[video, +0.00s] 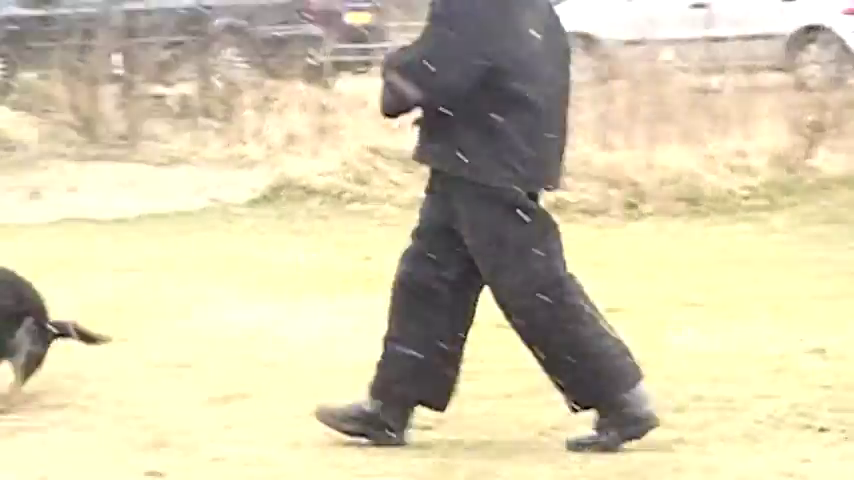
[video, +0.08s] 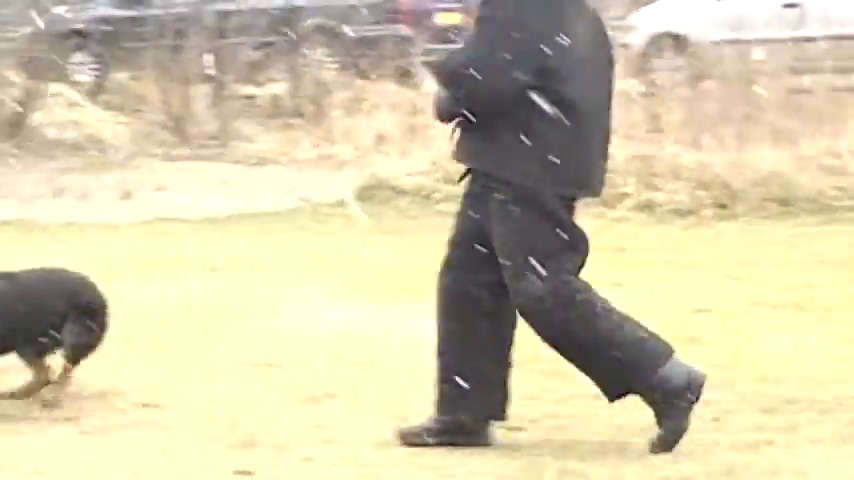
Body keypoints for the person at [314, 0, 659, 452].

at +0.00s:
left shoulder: (473, 10)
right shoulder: (531, 12)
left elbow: (440, 69)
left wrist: (397, 67)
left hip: (488, 166)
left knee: (536, 289)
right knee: (430, 283)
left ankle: (624, 406)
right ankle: (387, 408)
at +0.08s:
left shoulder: (521, 9)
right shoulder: (575, 13)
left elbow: (485, 81)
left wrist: (450, 89)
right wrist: (468, 98)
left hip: (527, 174)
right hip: (500, 171)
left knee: (544, 291)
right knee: (470, 287)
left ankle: (668, 381)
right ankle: (464, 416)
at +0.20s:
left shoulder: (586, 8)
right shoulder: (626, 10)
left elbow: (560, 60)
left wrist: (508, 65)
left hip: (581, 158)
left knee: (549, 276)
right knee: (571, 278)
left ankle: (654, 368)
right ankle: (576, 414)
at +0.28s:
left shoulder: (599, 6)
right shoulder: (634, 8)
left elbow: (565, 51)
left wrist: (521, 39)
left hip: (584, 152)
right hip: (622, 155)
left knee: (539, 265)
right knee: (616, 274)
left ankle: (596, 397)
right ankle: (631, 406)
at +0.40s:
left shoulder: (591, 6)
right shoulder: (617, 8)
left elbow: (563, 50)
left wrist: (516, 46)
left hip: (584, 150)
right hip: (618, 150)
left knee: (526, 265)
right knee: (635, 271)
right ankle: (672, 396)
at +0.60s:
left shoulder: (547, 9)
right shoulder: (584, 13)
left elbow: (518, 77)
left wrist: (480, 68)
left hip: (543, 172)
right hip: (585, 175)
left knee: (501, 284)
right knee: (569, 281)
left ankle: (500, 414)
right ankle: (666, 362)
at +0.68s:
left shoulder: (498, 8)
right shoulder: (555, 12)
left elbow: (476, 79)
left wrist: (441, 71)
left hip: (509, 166)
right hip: (559, 165)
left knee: (479, 280)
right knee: (525, 271)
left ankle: (495, 415)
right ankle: (598, 360)